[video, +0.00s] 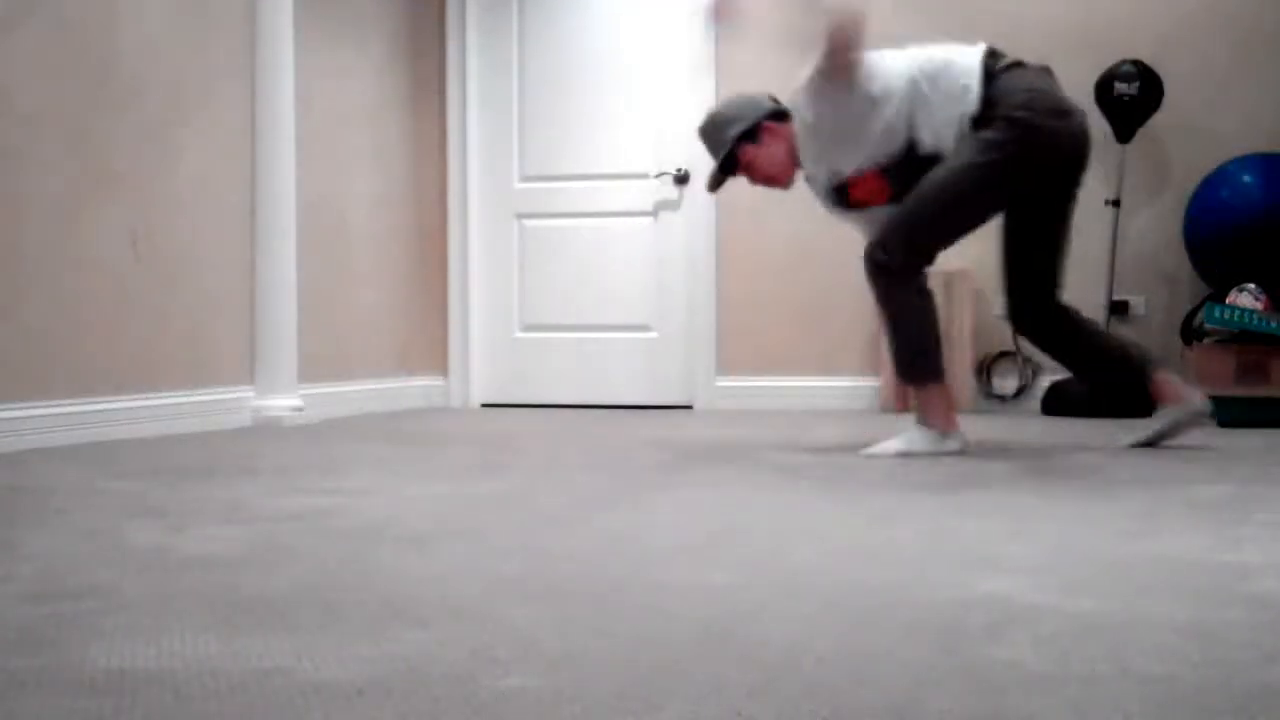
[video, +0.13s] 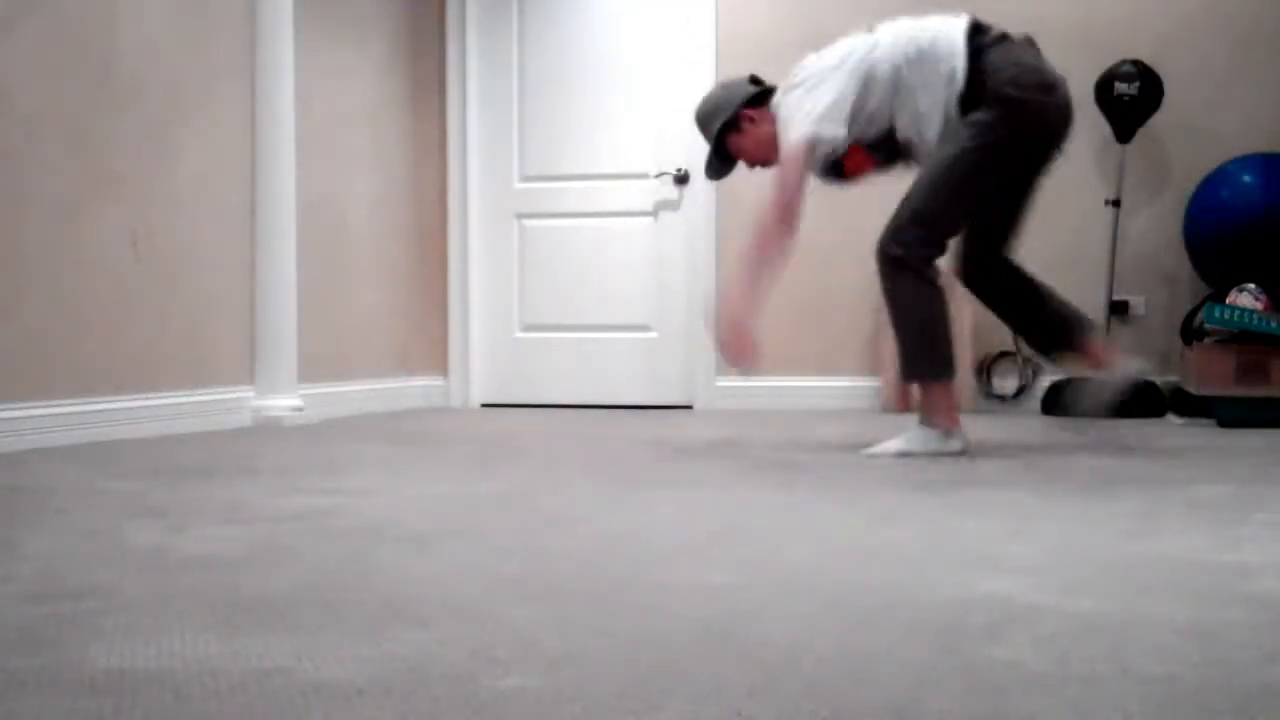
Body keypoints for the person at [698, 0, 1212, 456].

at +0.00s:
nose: (753, 178)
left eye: (745, 163)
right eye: (741, 174)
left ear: (766, 129)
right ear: (761, 150)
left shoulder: (821, 109)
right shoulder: (838, 186)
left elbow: (838, 54)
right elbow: (896, 268)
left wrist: (842, 38)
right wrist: (903, 376)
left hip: (1019, 111)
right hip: (1044, 120)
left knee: (892, 252)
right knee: (1033, 308)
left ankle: (937, 426)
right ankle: (1174, 397)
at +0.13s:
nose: (750, 164)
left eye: (738, 152)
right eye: (738, 159)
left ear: (752, 120)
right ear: (754, 119)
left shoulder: (804, 98)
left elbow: (783, 217)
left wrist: (742, 315)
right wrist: (901, 372)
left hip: (1003, 97)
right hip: (1031, 93)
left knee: (902, 252)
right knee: (981, 262)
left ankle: (940, 425)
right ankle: (1105, 364)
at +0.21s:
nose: (754, 161)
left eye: (742, 151)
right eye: (742, 157)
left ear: (747, 119)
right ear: (752, 108)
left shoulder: (793, 109)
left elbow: (806, 236)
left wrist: (797, 322)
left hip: (996, 89)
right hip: (1017, 78)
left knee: (908, 249)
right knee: (941, 238)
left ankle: (940, 425)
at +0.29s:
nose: (754, 161)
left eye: (742, 151)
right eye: (742, 157)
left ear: (745, 122)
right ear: (751, 106)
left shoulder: (787, 123)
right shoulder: (800, 82)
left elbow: (836, 212)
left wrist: (845, 262)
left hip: (988, 91)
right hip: (1007, 77)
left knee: (896, 249)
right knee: (924, 245)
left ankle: (939, 420)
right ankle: (945, 393)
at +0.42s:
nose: (736, 150)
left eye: (727, 139)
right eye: (726, 144)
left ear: (737, 113)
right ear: (746, 96)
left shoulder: (778, 119)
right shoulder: (817, 55)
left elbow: (862, 150)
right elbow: (913, 15)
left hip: (968, 116)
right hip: (991, 106)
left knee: (865, 259)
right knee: (902, 266)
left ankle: (931, 417)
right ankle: (925, 407)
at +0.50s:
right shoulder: (641, 8)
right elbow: (644, 42)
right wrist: (678, 78)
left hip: (770, 116)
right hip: (687, 127)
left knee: (837, 265)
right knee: (603, 277)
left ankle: (894, 422)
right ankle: (607, 413)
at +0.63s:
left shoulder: (799, 8)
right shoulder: (680, 7)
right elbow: (706, 73)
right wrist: (743, 162)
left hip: (809, 150)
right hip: (719, 159)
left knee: (874, 277)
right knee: (631, 302)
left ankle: (900, 432)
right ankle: (634, 420)